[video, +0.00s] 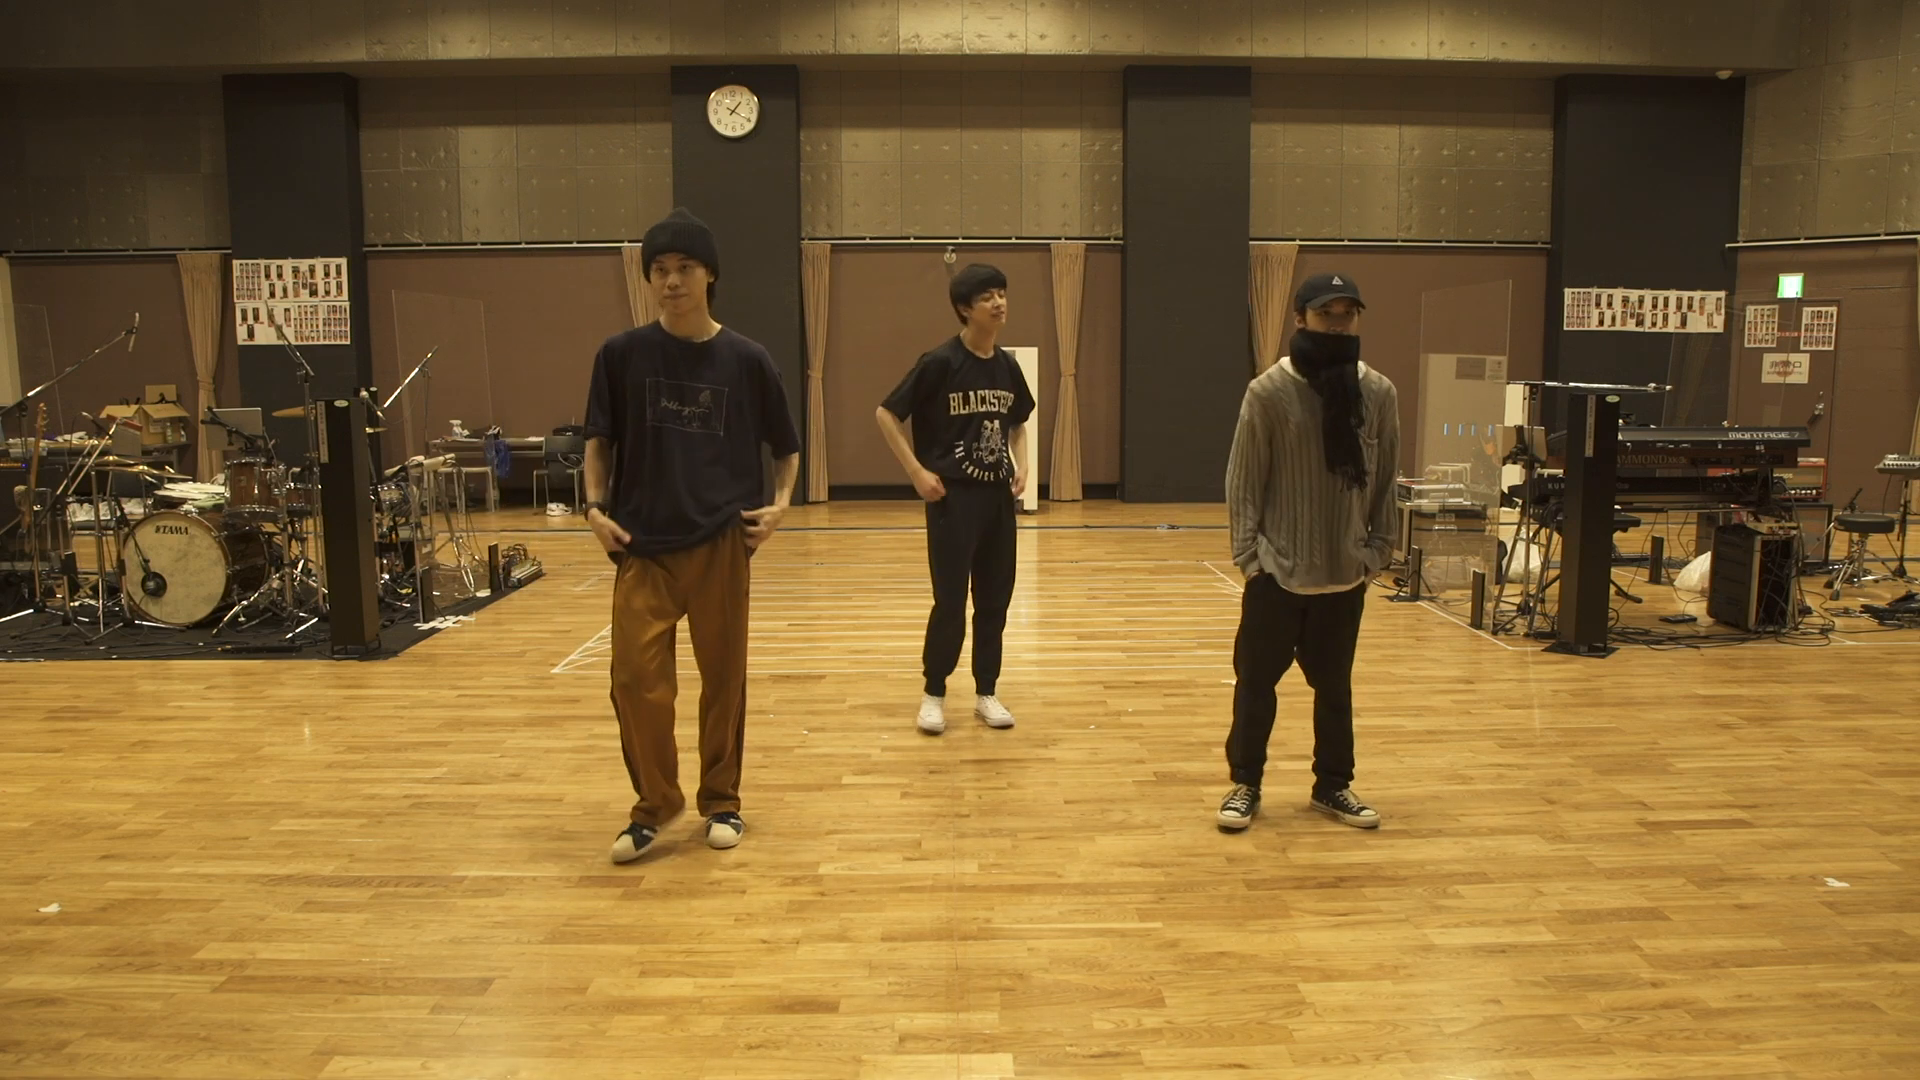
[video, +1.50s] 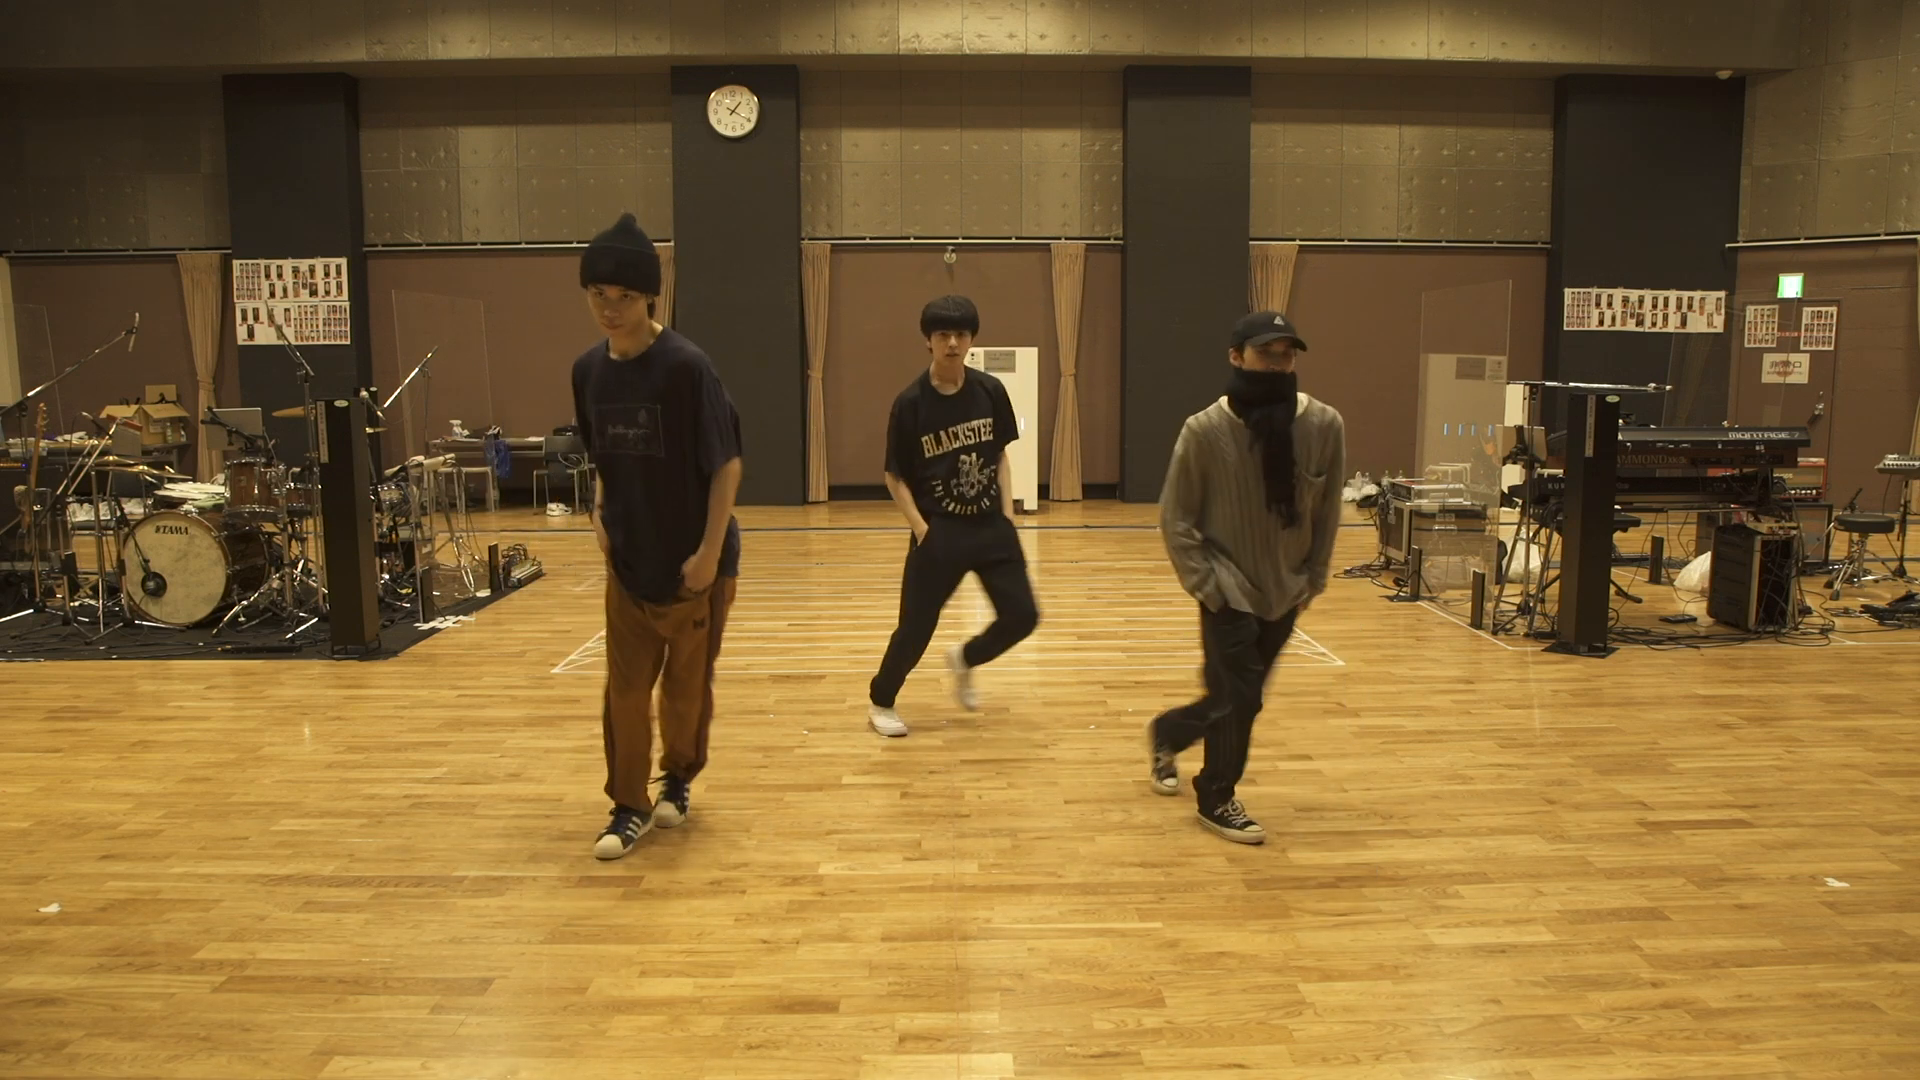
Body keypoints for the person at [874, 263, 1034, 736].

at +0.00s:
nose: (999, 304)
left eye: (1002, 296)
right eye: (988, 298)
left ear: (1006, 305)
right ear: (964, 308)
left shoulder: (1008, 366)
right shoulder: (938, 364)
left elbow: (1014, 423)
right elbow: (886, 414)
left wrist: (1020, 464)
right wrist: (915, 471)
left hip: (998, 498)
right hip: (951, 499)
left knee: (994, 603)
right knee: (950, 602)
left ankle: (986, 696)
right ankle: (934, 696)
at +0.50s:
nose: (940, 323)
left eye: (949, 315)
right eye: (932, 315)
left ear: (965, 319)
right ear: (920, 320)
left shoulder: (980, 372)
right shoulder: (917, 376)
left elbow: (995, 442)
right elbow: (912, 444)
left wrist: (967, 508)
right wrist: (914, 499)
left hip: (971, 509)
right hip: (931, 507)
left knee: (963, 610)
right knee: (920, 615)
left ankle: (981, 716)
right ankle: (960, 697)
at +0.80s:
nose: (918, 331)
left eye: (927, 321)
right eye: (911, 322)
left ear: (948, 314)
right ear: (903, 320)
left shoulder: (972, 345)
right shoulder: (904, 365)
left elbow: (995, 414)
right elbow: (914, 429)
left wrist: (977, 481)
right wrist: (920, 484)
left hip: (985, 480)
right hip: (938, 484)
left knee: (984, 582)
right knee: (941, 590)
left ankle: (991, 693)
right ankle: (960, 696)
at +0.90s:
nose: (922, 318)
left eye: (931, 308)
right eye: (913, 309)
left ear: (950, 301)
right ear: (903, 308)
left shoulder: (979, 330)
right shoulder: (899, 357)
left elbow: (1010, 399)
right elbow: (914, 421)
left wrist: (989, 456)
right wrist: (928, 474)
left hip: (993, 457)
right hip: (944, 469)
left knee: (998, 541)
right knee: (947, 575)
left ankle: (1010, 638)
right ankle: (973, 684)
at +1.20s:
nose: (946, 337)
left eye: (954, 328)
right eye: (937, 328)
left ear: (967, 325)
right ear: (923, 328)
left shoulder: (993, 365)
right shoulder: (906, 379)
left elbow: (1009, 429)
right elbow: (900, 446)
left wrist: (1012, 488)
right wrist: (922, 498)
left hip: (997, 502)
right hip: (943, 508)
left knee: (1002, 603)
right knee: (962, 610)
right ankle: (1008, 695)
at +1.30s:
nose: (948, 335)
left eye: (956, 326)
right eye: (939, 327)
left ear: (968, 328)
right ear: (924, 330)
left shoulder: (996, 374)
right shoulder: (907, 383)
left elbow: (1007, 439)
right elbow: (898, 449)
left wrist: (1003, 501)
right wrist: (924, 501)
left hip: (987, 513)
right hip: (937, 513)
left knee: (965, 602)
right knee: (938, 601)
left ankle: (936, 672)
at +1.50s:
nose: (952, 345)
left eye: (960, 336)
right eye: (943, 336)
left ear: (971, 341)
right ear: (928, 342)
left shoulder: (990, 390)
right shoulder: (910, 405)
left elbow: (1000, 455)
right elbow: (895, 476)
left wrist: (1007, 515)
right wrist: (922, 530)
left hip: (991, 530)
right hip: (939, 534)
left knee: (1023, 618)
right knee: (915, 632)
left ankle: (964, 659)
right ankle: (882, 703)